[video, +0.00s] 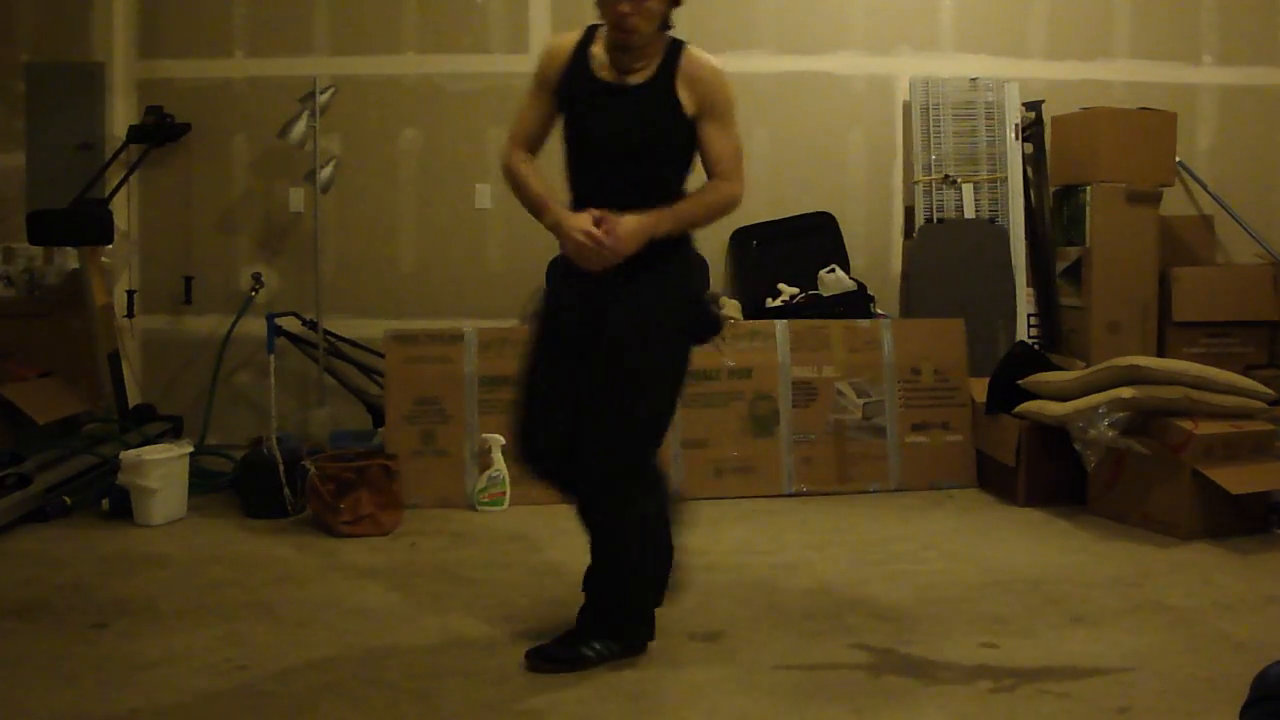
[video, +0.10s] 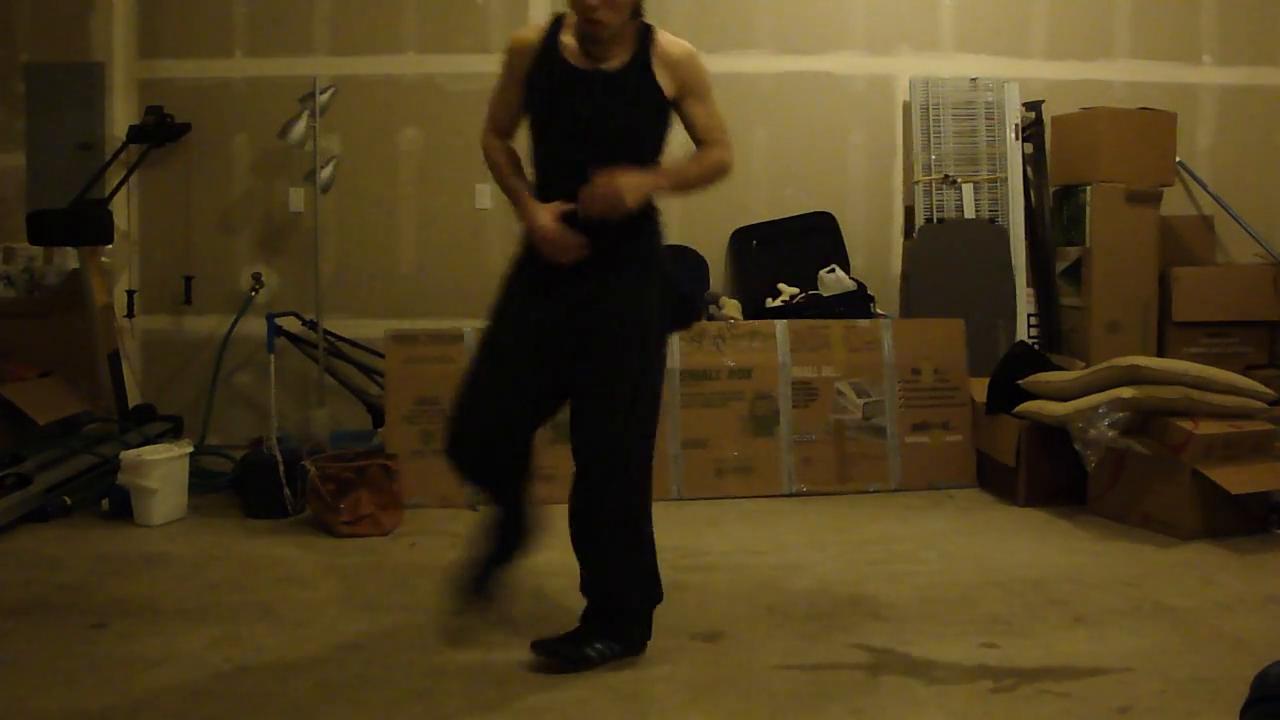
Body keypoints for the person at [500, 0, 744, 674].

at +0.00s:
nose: (625, 13)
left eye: (641, 1)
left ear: (669, 5)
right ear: (598, 1)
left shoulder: (699, 77)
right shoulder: (565, 58)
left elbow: (728, 188)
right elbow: (516, 154)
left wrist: (645, 226)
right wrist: (557, 217)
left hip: (658, 283)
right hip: (580, 278)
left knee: (619, 451)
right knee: (545, 438)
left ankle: (619, 624)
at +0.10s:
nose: (595, 8)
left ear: (635, 1)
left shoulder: (672, 60)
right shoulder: (533, 50)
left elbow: (719, 155)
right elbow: (495, 136)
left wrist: (648, 181)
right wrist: (530, 209)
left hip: (627, 274)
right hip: (548, 270)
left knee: (610, 455)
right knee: (478, 434)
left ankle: (618, 624)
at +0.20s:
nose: (564, 13)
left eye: (577, 5)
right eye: (555, 4)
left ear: (602, 3)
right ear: (538, 1)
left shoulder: (638, 55)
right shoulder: (496, 48)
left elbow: (694, 148)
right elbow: (473, 133)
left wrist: (640, 152)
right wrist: (479, 206)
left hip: (595, 284)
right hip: (505, 282)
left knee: (618, 459)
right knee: (449, 444)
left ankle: (632, 625)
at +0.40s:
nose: (519, 22)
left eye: (536, 10)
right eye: (512, 10)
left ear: (575, 15)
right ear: (503, 14)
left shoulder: (614, 86)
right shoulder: (475, 81)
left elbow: (631, 184)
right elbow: (412, 149)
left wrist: (642, 242)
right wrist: (388, 221)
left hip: (560, 304)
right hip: (474, 299)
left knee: (591, 468)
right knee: (416, 448)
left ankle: (613, 619)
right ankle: (352, 570)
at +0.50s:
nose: (526, 9)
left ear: (578, 3)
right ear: (510, 6)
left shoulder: (632, 71)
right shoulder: (497, 67)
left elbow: (655, 184)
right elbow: (431, 127)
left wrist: (660, 285)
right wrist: (420, 152)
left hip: (581, 287)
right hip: (500, 280)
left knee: (571, 458)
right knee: (435, 432)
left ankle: (598, 619)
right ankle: (373, 567)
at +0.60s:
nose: (542, 13)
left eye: (555, 3)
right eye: (535, 3)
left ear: (591, 0)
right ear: (528, 3)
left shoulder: (645, 63)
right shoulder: (511, 59)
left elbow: (678, 175)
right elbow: (416, 124)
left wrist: (685, 285)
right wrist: (481, 90)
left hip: (605, 288)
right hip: (524, 282)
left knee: (576, 461)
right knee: (452, 435)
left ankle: (597, 621)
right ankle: (465, 549)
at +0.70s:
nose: (576, 7)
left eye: (588, 2)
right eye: (568, 0)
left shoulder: (660, 36)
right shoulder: (529, 24)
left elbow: (692, 145)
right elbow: (433, 88)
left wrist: (704, 245)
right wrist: (527, 60)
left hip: (615, 260)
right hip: (535, 252)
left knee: (590, 435)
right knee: (505, 418)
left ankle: (591, 614)